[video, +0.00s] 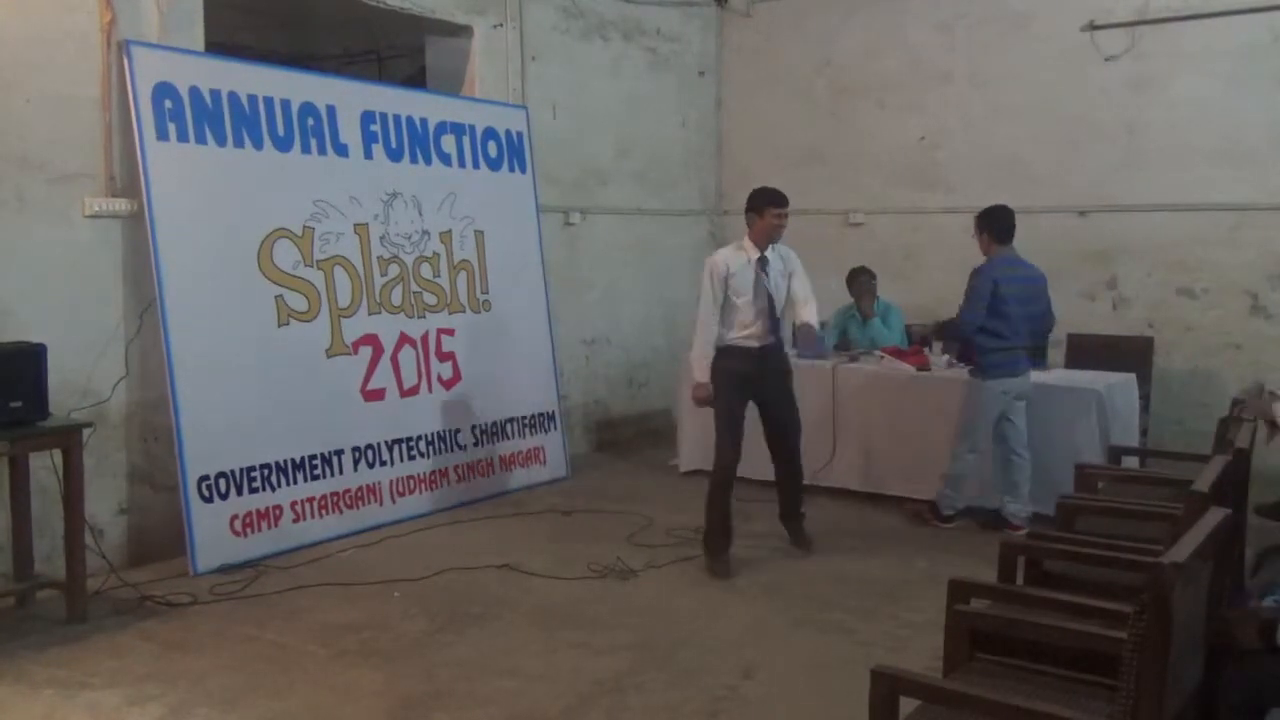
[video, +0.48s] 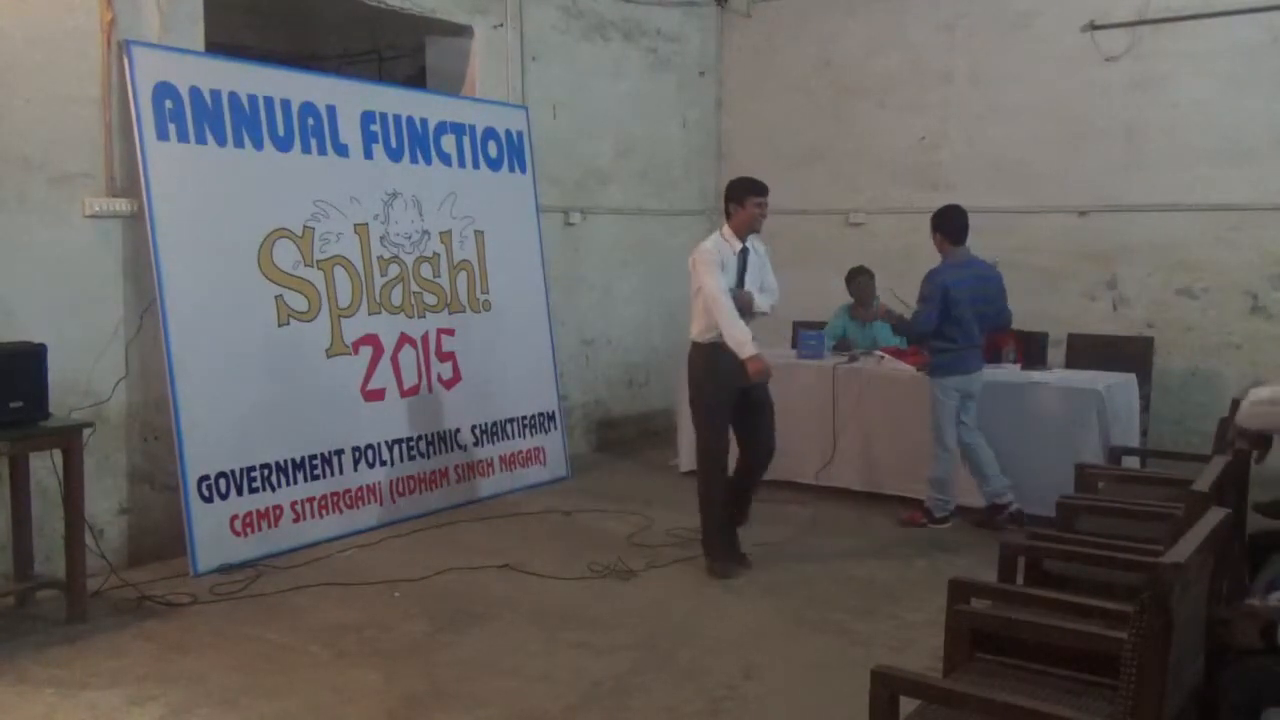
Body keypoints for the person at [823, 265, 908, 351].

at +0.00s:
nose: (865, 290)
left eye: (869, 285)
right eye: (859, 286)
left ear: (875, 287)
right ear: (851, 291)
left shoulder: (891, 312)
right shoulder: (843, 315)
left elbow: (894, 348)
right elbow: (828, 346)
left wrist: (871, 316)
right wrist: (838, 347)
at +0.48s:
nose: (866, 291)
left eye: (869, 285)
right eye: (859, 286)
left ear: (875, 288)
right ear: (850, 292)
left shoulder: (888, 314)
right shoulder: (843, 314)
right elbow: (826, 340)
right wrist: (836, 345)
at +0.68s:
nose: (864, 290)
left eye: (868, 285)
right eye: (858, 285)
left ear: (874, 287)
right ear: (849, 291)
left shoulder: (890, 309)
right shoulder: (843, 314)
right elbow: (826, 340)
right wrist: (837, 345)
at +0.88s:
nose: (864, 291)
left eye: (868, 286)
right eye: (859, 287)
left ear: (874, 288)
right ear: (850, 291)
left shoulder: (890, 310)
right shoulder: (842, 314)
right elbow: (827, 340)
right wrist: (838, 345)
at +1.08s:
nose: (865, 293)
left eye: (869, 288)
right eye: (860, 290)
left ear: (875, 288)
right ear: (851, 291)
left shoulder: (889, 309)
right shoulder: (843, 314)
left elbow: (896, 337)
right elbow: (827, 338)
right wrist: (837, 345)